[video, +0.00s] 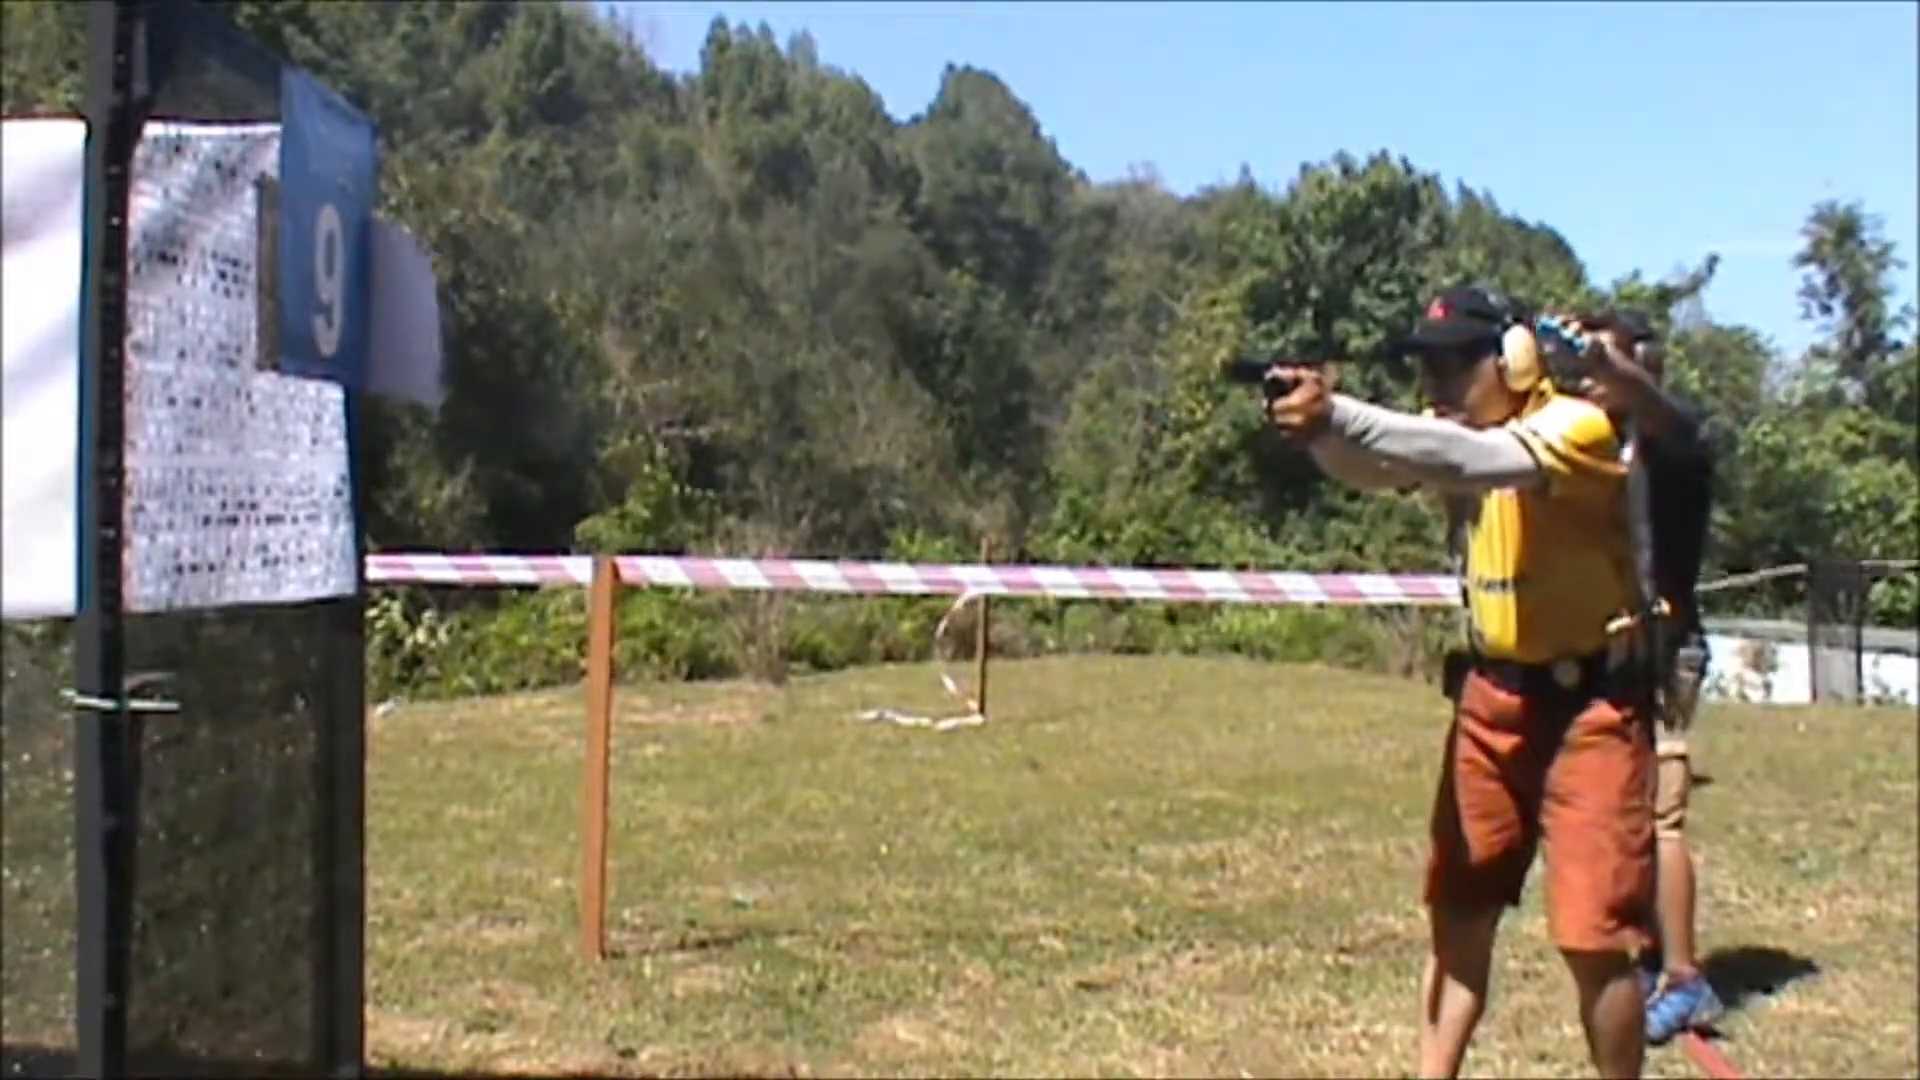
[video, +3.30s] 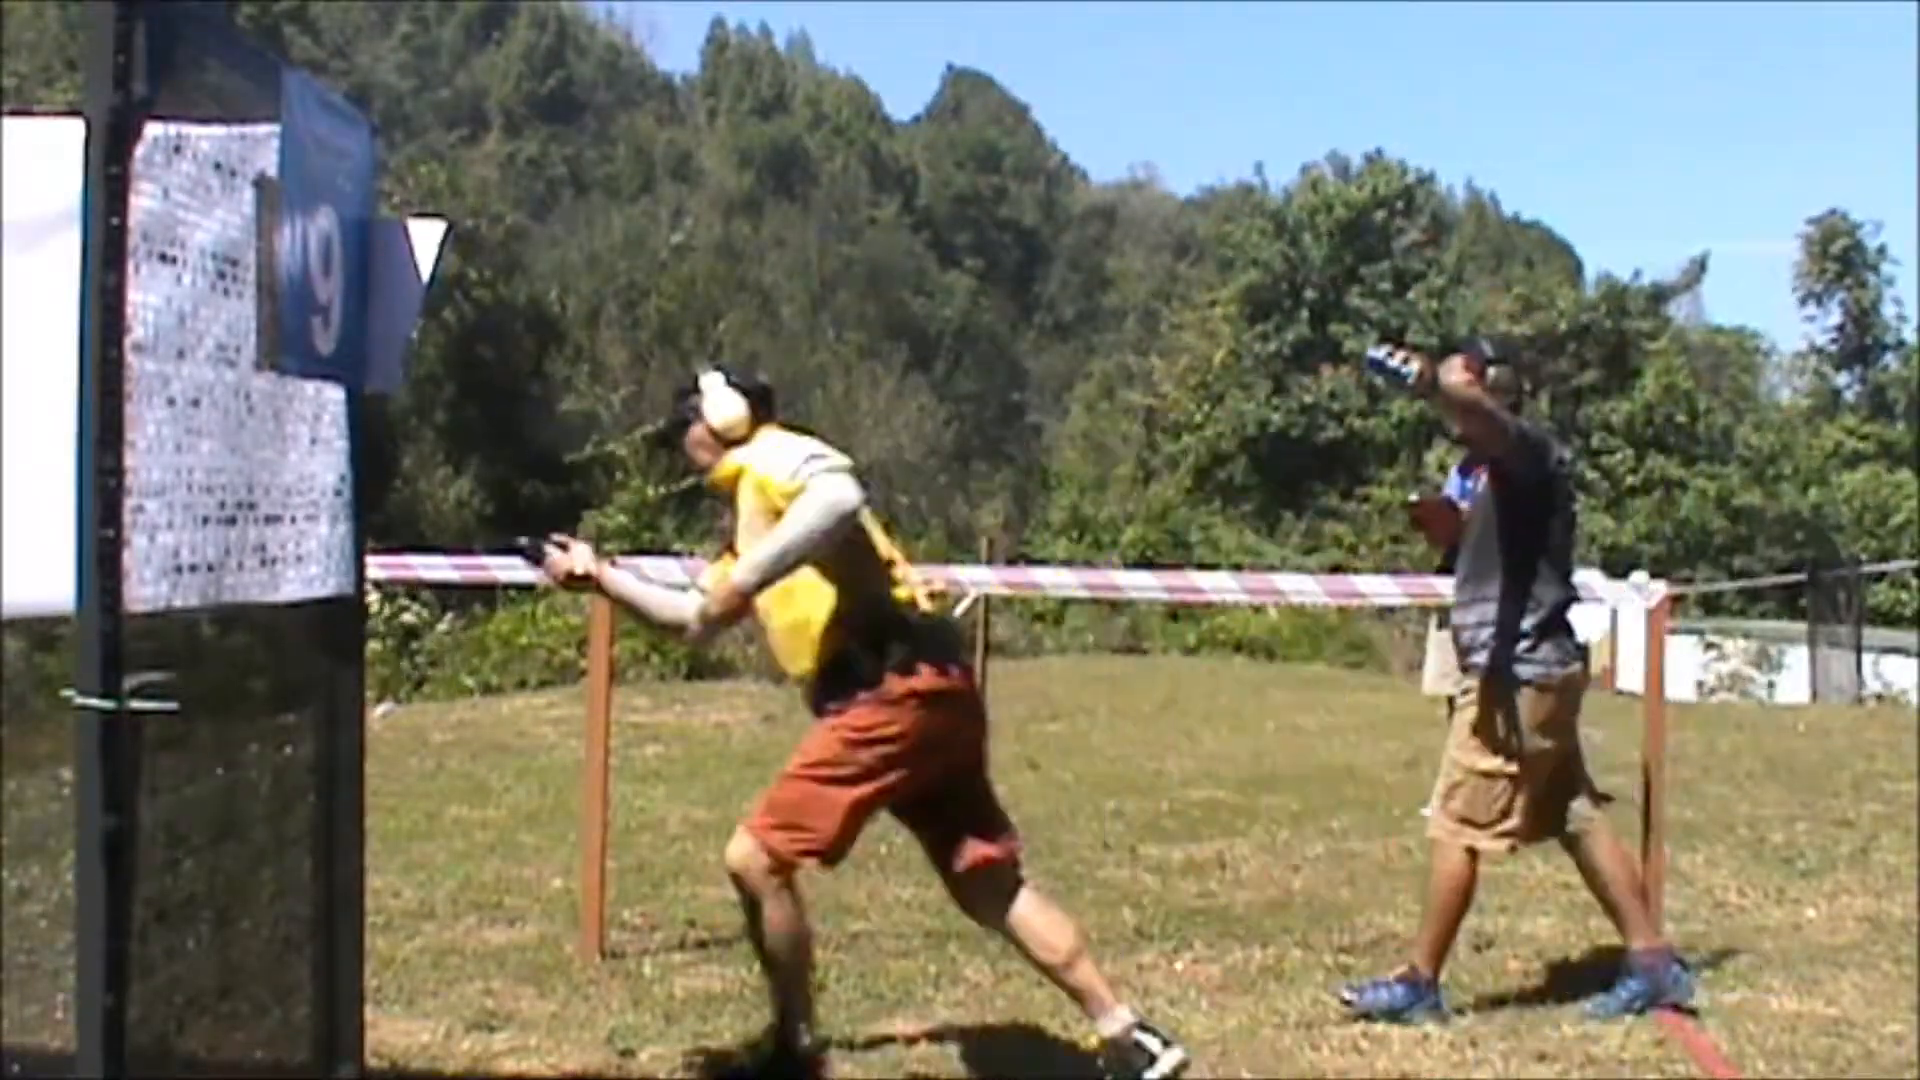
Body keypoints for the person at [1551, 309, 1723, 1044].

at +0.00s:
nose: (1601, 379)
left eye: (1618, 363)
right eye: (1596, 365)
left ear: (1650, 365)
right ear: (1586, 373)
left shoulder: (1680, 441)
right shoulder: (1584, 435)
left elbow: (1671, 426)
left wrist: (1612, 366)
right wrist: (1548, 370)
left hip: (1662, 636)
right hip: (1592, 638)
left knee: (1661, 809)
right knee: (1605, 806)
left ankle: (1681, 973)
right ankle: (1635, 963)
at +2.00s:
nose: (1608, 375)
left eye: (1620, 362)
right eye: (1603, 364)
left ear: (1642, 366)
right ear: (1603, 367)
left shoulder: (1676, 434)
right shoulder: (1593, 433)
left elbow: (1639, 412)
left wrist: (1583, 362)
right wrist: (1552, 365)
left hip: (1666, 623)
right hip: (1609, 627)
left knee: (1660, 808)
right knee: (1622, 805)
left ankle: (1678, 971)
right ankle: (1641, 967)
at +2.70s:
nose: (1580, 390)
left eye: (1592, 376)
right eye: (1577, 379)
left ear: (1627, 372)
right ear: (1586, 383)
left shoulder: (1660, 440)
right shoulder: (1611, 450)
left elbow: (1618, 384)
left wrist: (1568, 346)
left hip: (1649, 653)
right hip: (1608, 651)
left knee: (1643, 818)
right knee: (1628, 819)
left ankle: (1682, 976)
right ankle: (1652, 962)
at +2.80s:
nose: (1570, 393)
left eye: (1580, 377)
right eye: (1566, 381)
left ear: (1614, 371)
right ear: (1587, 378)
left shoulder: (1651, 438)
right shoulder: (1613, 450)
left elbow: (1614, 395)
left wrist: (1559, 351)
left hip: (1635, 658)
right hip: (1606, 655)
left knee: (1619, 819)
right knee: (1620, 819)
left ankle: (1674, 972)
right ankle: (1653, 964)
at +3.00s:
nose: (1538, 397)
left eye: (1549, 383)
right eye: (1536, 384)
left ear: (1582, 379)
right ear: (1554, 386)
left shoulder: (1618, 442)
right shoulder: (1603, 452)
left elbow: (1590, 402)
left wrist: (1532, 358)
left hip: (1605, 656)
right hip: (1624, 656)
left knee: (1550, 810)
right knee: (1628, 816)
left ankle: (1596, 969)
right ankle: (1658, 965)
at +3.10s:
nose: (1521, 404)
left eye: (1531, 389)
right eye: (1519, 392)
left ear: (1558, 384)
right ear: (1528, 396)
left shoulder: (1597, 447)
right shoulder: (1578, 459)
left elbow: (1565, 404)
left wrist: (1514, 364)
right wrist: (1495, 529)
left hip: (1585, 655)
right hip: (1608, 655)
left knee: (1530, 810)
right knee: (1617, 810)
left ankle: (1527, 975)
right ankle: (1657, 965)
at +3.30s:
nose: (1456, 385)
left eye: (1467, 376)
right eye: (1455, 376)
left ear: (1500, 386)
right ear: (1471, 393)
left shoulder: (1530, 452)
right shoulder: (1485, 465)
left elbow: (1475, 411)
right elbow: (1474, 556)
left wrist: (1437, 379)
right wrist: (1443, 529)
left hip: (1515, 672)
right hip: (1533, 669)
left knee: (1456, 826)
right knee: (1576, 815)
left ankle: (1420, 979)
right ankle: (1654, 963)